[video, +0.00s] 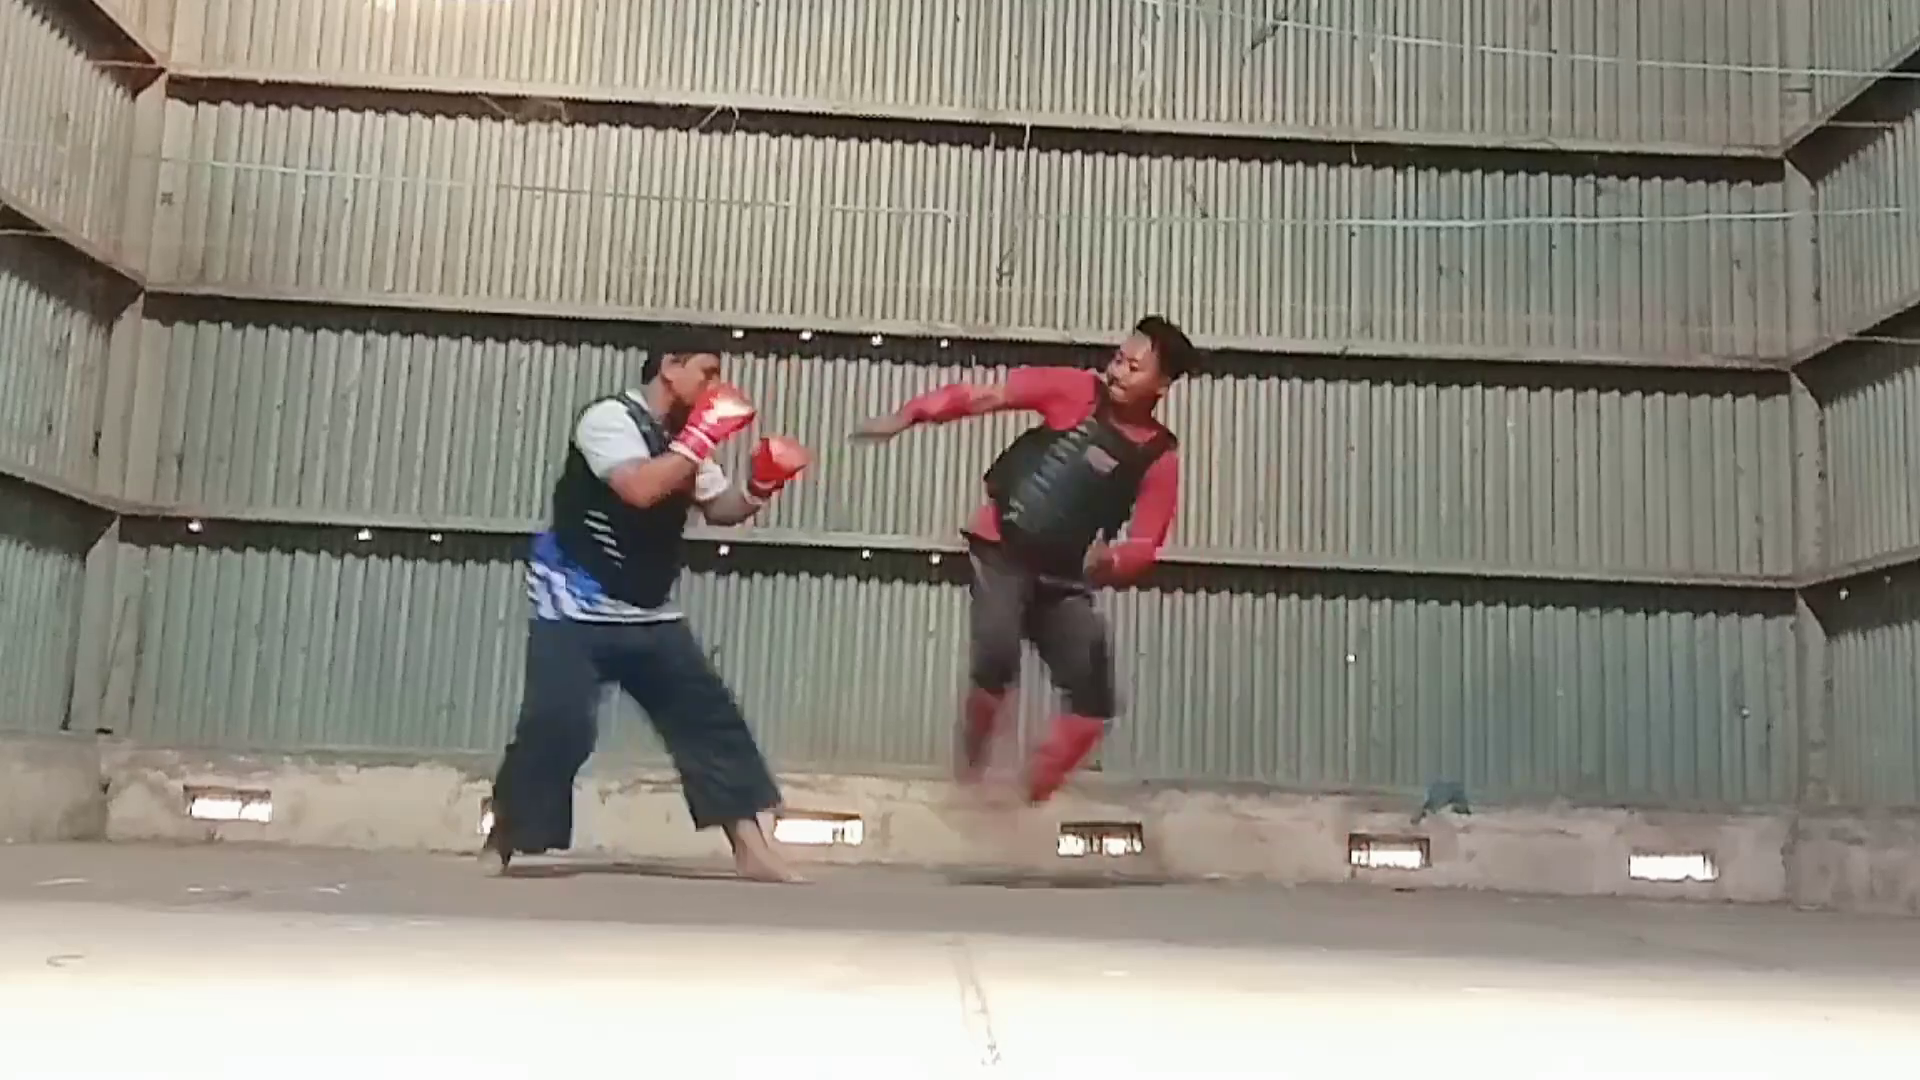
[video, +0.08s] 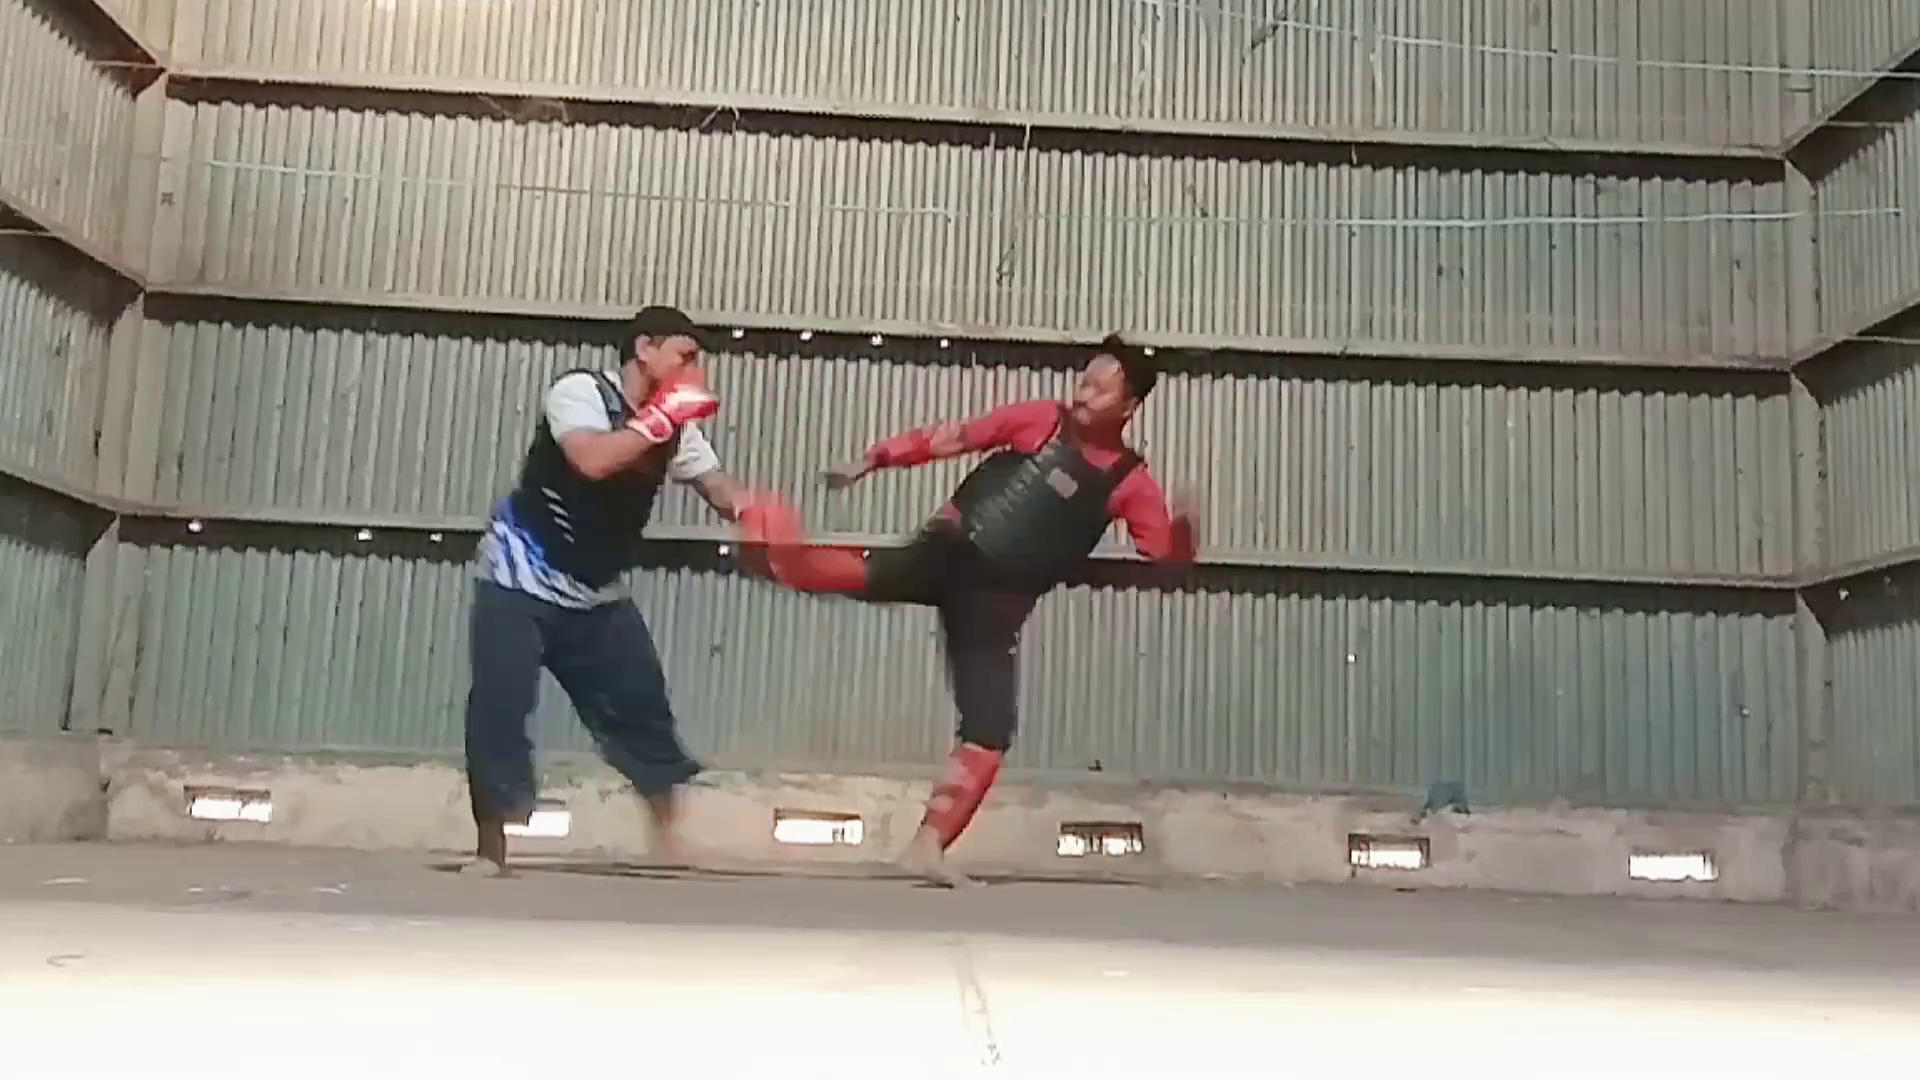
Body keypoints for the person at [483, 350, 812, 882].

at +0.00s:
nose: (715, 386)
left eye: (717, 376)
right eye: (707, 373)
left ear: (685, 372)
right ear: (669, 368)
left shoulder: (686, 442)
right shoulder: (605, 419)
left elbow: (719, 509)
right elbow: (639, 487)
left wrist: (759, 486)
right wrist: (702, 435)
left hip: (648, 615)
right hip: (572, 610)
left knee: (706, 713)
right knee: (559, 724)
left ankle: (753, 849)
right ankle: (509, 838)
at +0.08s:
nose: (692, 370)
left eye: (696, 361)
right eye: (684, 357)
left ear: (659, 356)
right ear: (644, 350)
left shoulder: (677, 427)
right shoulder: (578, 391)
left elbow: (718, 488)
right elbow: (591, 459)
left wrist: (755, 508)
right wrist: (664, 418)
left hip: (595, 593)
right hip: (519, 575)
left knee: (638, 702)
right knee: (502, 698)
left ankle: (668, 836)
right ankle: (500, 843)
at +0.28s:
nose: (599, 386)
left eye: (602, 375)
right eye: (590, 373)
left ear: (600, 373)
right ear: (550, 363)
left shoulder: (595, 418)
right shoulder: (481, 405)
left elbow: (633, 488)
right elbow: (462, 477)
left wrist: (639, 564)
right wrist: (542, 437)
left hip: (526, 592)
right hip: (445, 582)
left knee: (574, 686)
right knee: (392, 688)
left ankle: (571, 841)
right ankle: (309, 827)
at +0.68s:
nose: (616, 395)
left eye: (620, 385)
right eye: (612, 382)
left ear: (584, 376)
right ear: (575, 373)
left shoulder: (597, 435)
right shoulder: (501, 422)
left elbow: (630, 503)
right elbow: (529, 493)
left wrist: (666, 459)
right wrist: (595, 442)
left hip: (560, 618)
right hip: (475, 616)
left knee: (621, 704)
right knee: (412, 724)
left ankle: (637, 847)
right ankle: (321, 834)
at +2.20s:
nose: (743, 427)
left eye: (746, 417)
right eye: (739, 414)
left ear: (709, 406)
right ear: (704, 401)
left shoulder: (720, 463)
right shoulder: (624, 447)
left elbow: (754, 524)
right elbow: (624, 526)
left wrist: (778, 557)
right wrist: (697, 488)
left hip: (670, 628)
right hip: (593, 620)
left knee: (731, 706)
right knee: (554, 722)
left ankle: (749, 848)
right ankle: (473, 843)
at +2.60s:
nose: (790, 418)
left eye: (793, 406)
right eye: (789, 403)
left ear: (760, 395)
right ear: (761, 393)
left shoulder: (748, 455)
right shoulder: (692, 439)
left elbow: (736, 523)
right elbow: (715, 518)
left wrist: (782, 485)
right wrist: (780, 483)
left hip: (701, 628)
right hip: (633, 624)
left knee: (757, 706)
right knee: (575, 726)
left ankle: (762, 847)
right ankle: (480, 835)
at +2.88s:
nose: (870, 384)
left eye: (871, 376)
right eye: (868, 374)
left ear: (841, 368)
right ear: (845, 367)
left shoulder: (826, 425)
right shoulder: (779, 408)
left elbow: (847, 493)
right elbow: (829, 476)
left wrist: (892, 452)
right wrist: (872, 420)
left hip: (783, 595)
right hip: (725, 585)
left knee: (794, 712)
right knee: (730, 710)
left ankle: (770, 846)